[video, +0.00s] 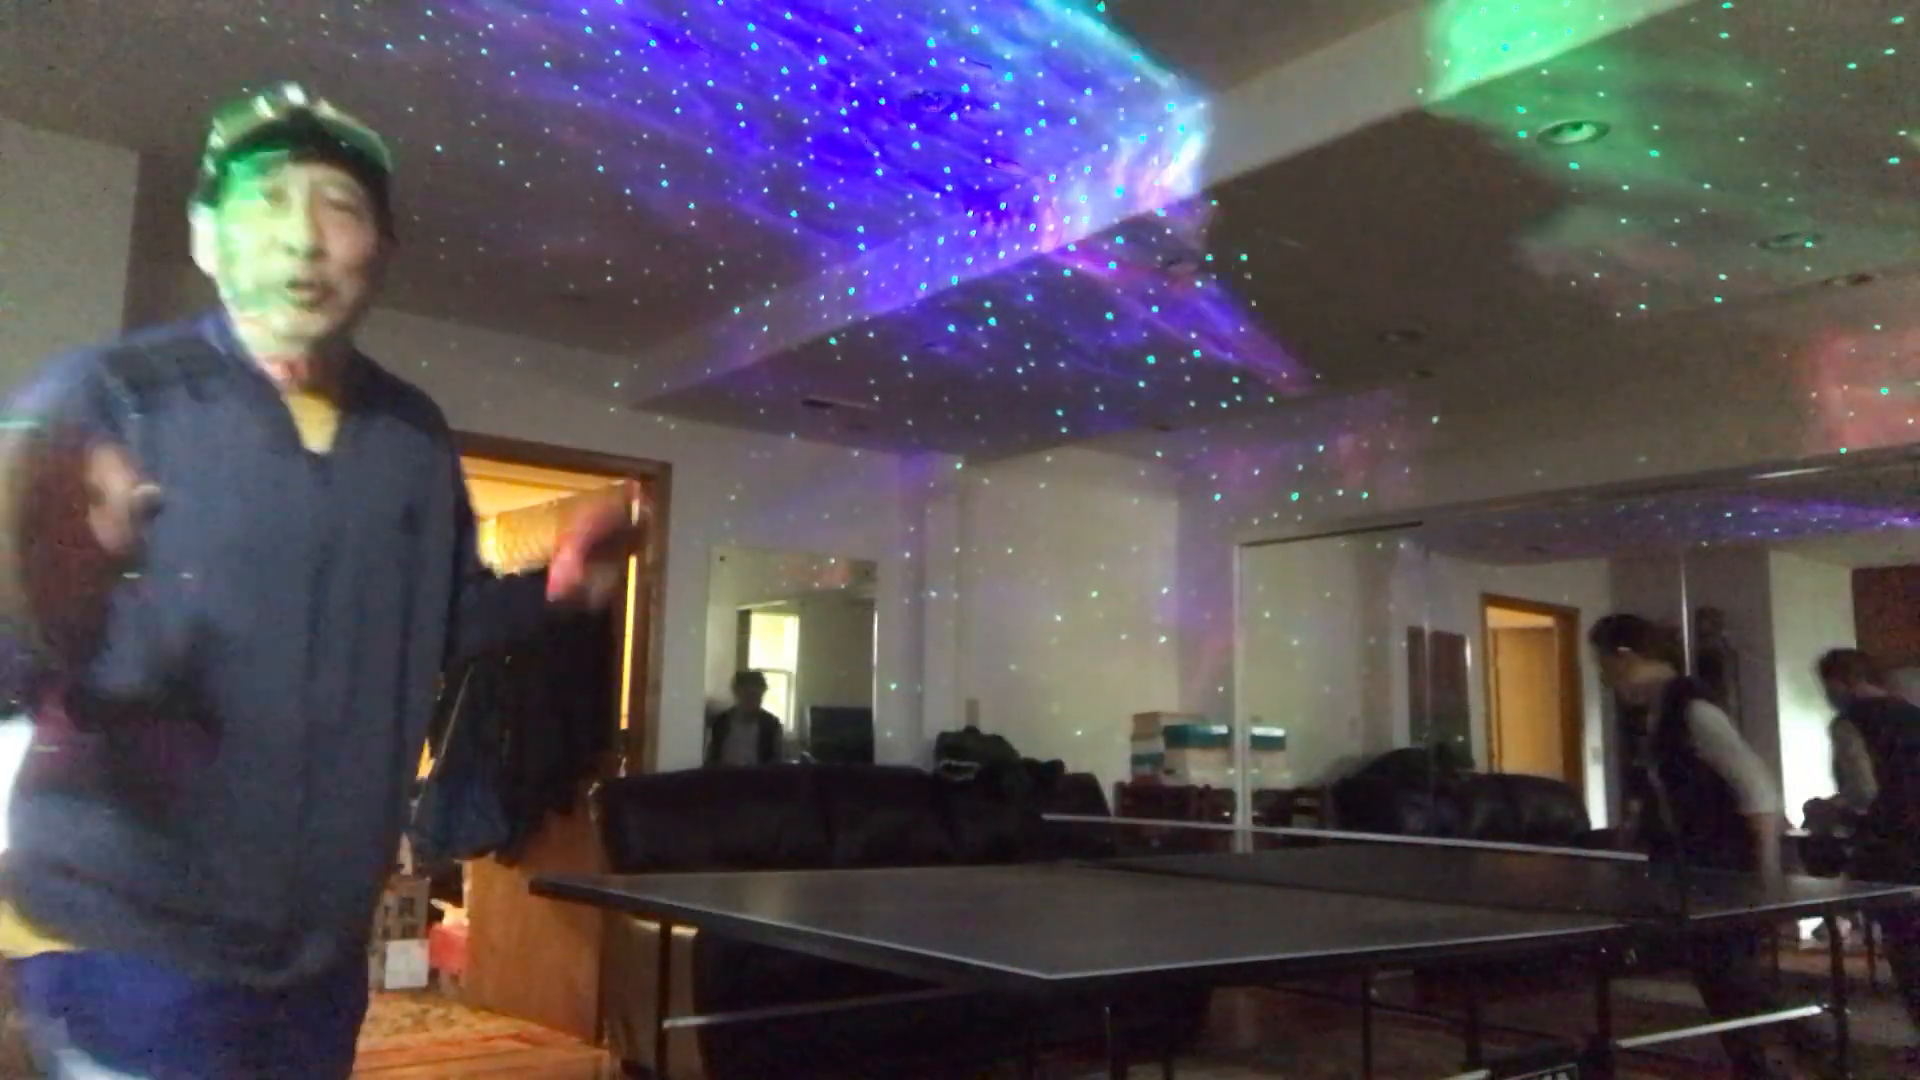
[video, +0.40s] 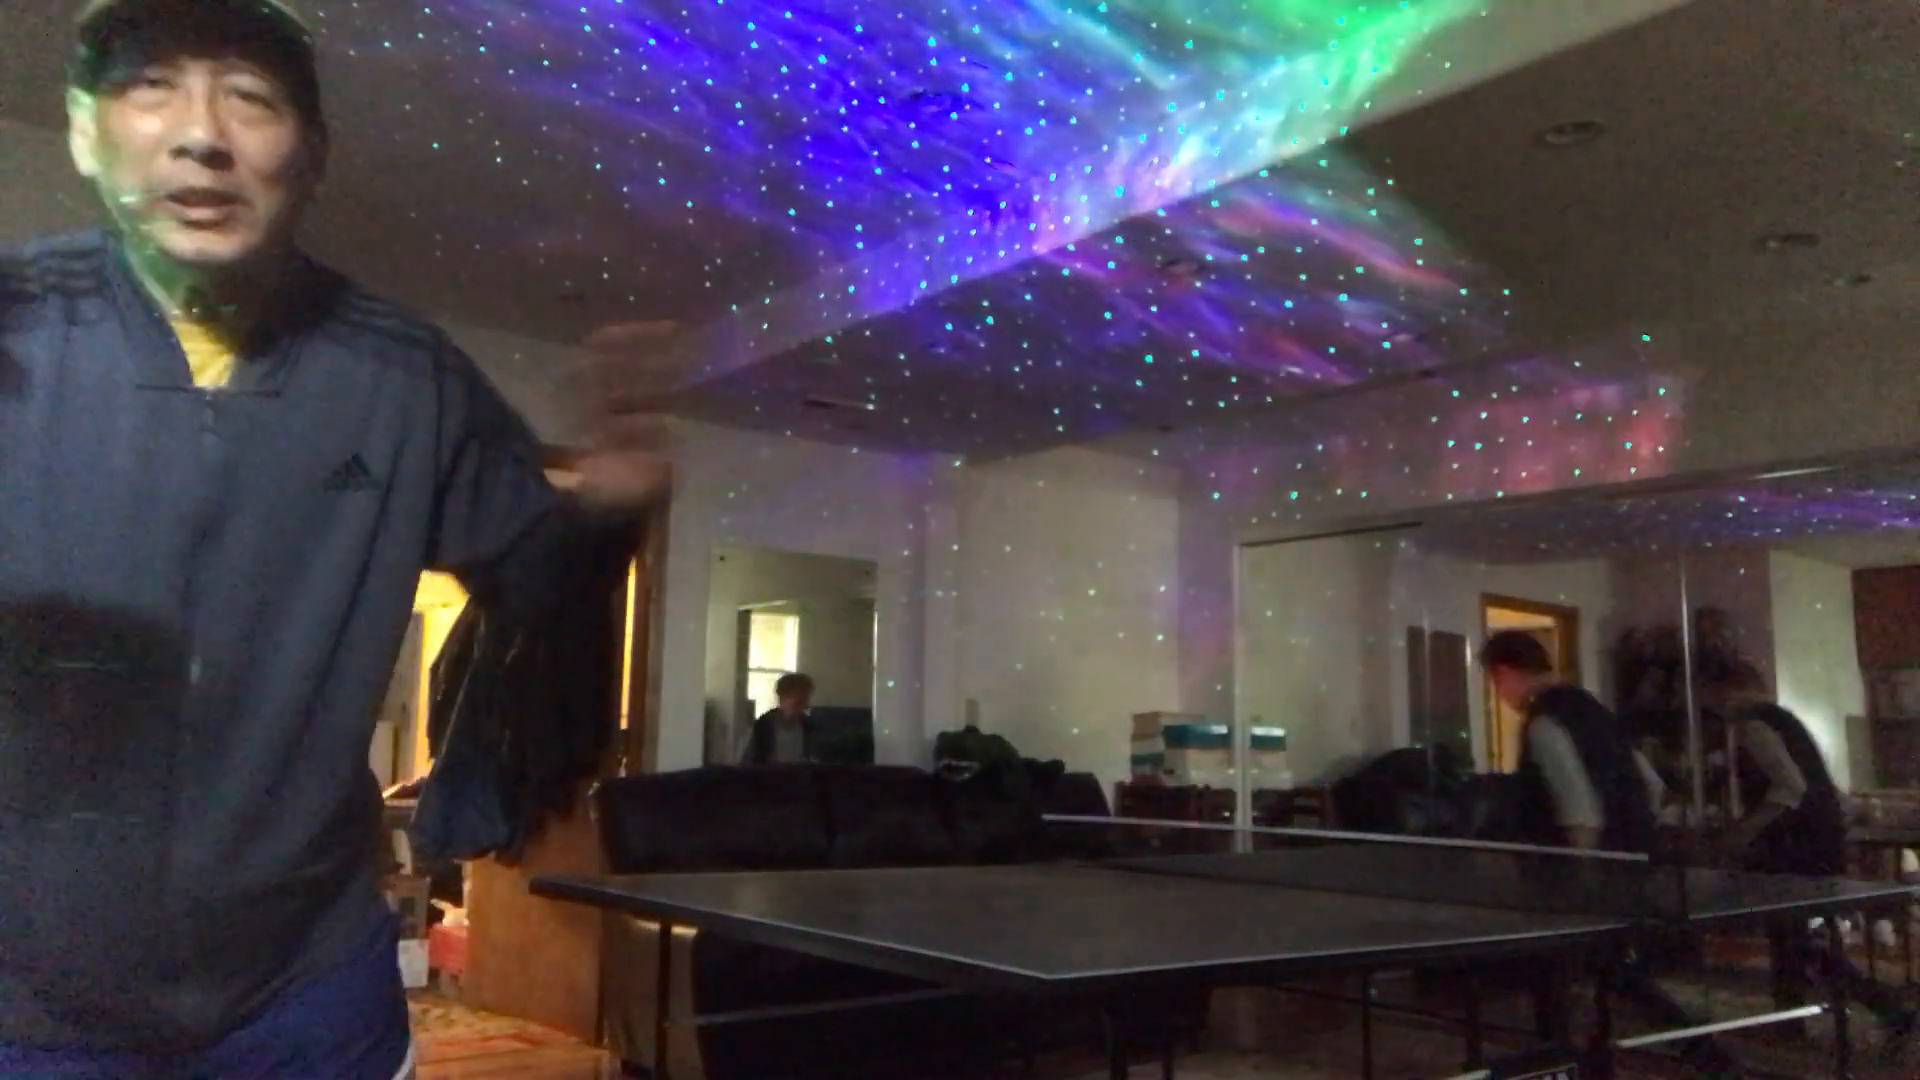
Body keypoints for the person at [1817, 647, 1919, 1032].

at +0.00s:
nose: (1827, 694)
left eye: (1828, 685)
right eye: (1826, 686)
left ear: (1843, 681)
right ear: (1865, 675)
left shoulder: (1849, 722)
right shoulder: (1906, 710)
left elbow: (1863, 793)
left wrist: (1825, 809)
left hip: (1888, 848)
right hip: (1915, 842)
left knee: (1902, 939)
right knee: (1909, 936)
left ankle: (1916, 1020)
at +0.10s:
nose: (1800, 697)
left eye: (1801, 687)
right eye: (1798, 688)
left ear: (1817, 684)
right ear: (1842, 679)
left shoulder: (1825, 723)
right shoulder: (1883, 713)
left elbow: (1845, 790)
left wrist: (1812, 810)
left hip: (1868, 850)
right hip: (1905, 842)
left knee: (1894, 945)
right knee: (1902, 944)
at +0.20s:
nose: (1773, 702)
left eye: (1774, 691)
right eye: (1771, 693)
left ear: (1790, 685)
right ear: (1811, 681)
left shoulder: (1804, 723)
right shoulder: (1852, 716)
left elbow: (1825, 790)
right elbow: (1899, 782)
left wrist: (1790, 824)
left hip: (1848, 845)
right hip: (1888, 837)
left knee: (1848, 932)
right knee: (1887, 938)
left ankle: (1854, 1022)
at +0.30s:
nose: (1747, 703)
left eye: (1747, 694)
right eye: (1745, 694)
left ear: (1761, 690)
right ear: (1786, 685)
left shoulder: (1777, 725)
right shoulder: (1822, 719)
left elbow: (1807, 790)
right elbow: (1872, 784)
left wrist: (1770, 824)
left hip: (1824, 847)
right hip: (1863, 842)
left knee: (1810, 931)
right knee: (1861, 937)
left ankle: (1799, 1016)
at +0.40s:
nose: (1705, 704)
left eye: (1704, 695)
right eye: (1702, 696)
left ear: (1719, 689)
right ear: (1748, 682)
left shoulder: (1750, 722)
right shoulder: (1772, 717)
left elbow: (1791, 786)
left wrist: (1745, 830)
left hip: (1794, 845)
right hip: (1814, 840)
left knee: (1787, 936)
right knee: (1795, 938)